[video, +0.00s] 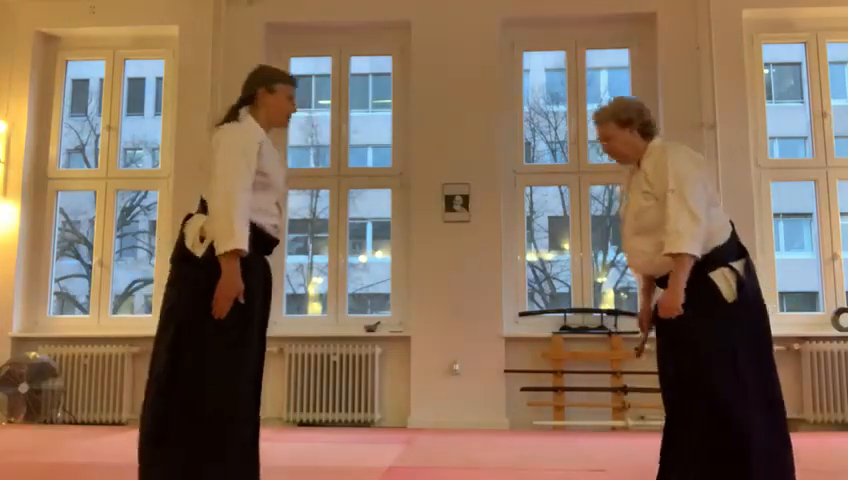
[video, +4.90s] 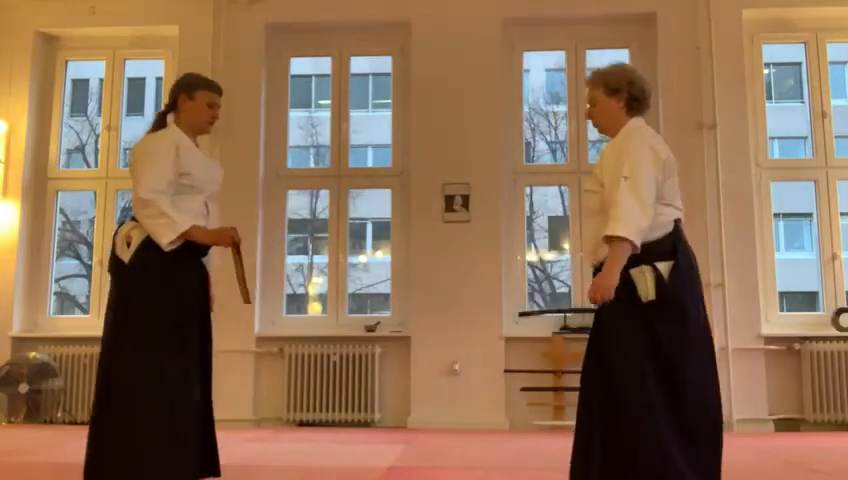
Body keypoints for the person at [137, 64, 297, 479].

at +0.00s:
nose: (293, 107)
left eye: (293, 100)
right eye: (288, 99)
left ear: (266, 98)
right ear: (263, 96)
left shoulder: (257, 139)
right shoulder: (239, 134)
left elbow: (243, 202)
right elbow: (228, 197)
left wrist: (247, 268)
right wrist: (230, 267)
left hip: (245, 263)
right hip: (227, 264)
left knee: (232, 381)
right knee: (218, 380)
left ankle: (224, 470)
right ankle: (210, 472)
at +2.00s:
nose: (269, 100)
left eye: (269, 93)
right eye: (263, 92)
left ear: (244, 96)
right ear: (236, 94)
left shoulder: (243, 136)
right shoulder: (225, 134)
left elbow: (241, 202)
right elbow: (222, 199)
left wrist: (262, 258)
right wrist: (239, 265)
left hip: (247, 257)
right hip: (229, 260)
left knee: (245, 367)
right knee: (231, 367)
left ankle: (241, 463)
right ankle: (227, 465)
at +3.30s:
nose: (270, 102)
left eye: (270, 94)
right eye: (264, 93)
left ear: (242, 94)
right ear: (239, 92)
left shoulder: (241, 134)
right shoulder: (228, 134)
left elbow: (242, 198)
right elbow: (240, 198)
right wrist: (299, 235)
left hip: (235, 255)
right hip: (230, 258)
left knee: (237, 364)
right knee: (235, 364)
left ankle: (230, 464)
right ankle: (232, 465)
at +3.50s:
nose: (273, 102)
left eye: (274, 94)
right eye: (267, 93)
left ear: (243, 96)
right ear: (240, 92)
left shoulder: (223, 133)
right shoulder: (238, 134)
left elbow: (254, 193)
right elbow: (262, 189)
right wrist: (324, 200)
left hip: (214, 249)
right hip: (234, 255)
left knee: (217, 359)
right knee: (238, 360)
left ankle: (214, 463)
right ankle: (236, 464)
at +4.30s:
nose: (262, 108)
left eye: (263, 100)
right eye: (256, 99)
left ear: (236, 98)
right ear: (229, 94)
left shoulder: (232, 140)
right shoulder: (213, 137)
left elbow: (227, 202)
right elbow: (216, 199)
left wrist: (279, 217)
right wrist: (281, 215)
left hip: (217, 258)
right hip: (199, 259)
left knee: (220, 364)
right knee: (205, 365)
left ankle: (213, 464)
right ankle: (201, 466)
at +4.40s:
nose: (253, 110)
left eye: (255, 103)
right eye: (248, 101)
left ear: (227, 101)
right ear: (220, 97)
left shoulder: (220, 141)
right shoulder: (206, 138)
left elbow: (216, 211)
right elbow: (200, 201)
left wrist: (237, 268)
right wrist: (264, 222)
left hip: (207, 261)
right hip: (192, 261)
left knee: (208, 367)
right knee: (199, 368)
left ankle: (201, 466)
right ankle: (197, 469)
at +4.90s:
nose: (215, 116)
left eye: (217, 109)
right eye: (210, 106)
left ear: (197, 109)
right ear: (184, 102)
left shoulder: (194, 150)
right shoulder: (159, 143)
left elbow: (190, 212)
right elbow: (147, 205)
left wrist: (202, 268)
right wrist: (202, 235)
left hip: (184, 263)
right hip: (154, 262)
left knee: (182, 364)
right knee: (153, 366)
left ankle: (176, 463)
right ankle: (146, 465)